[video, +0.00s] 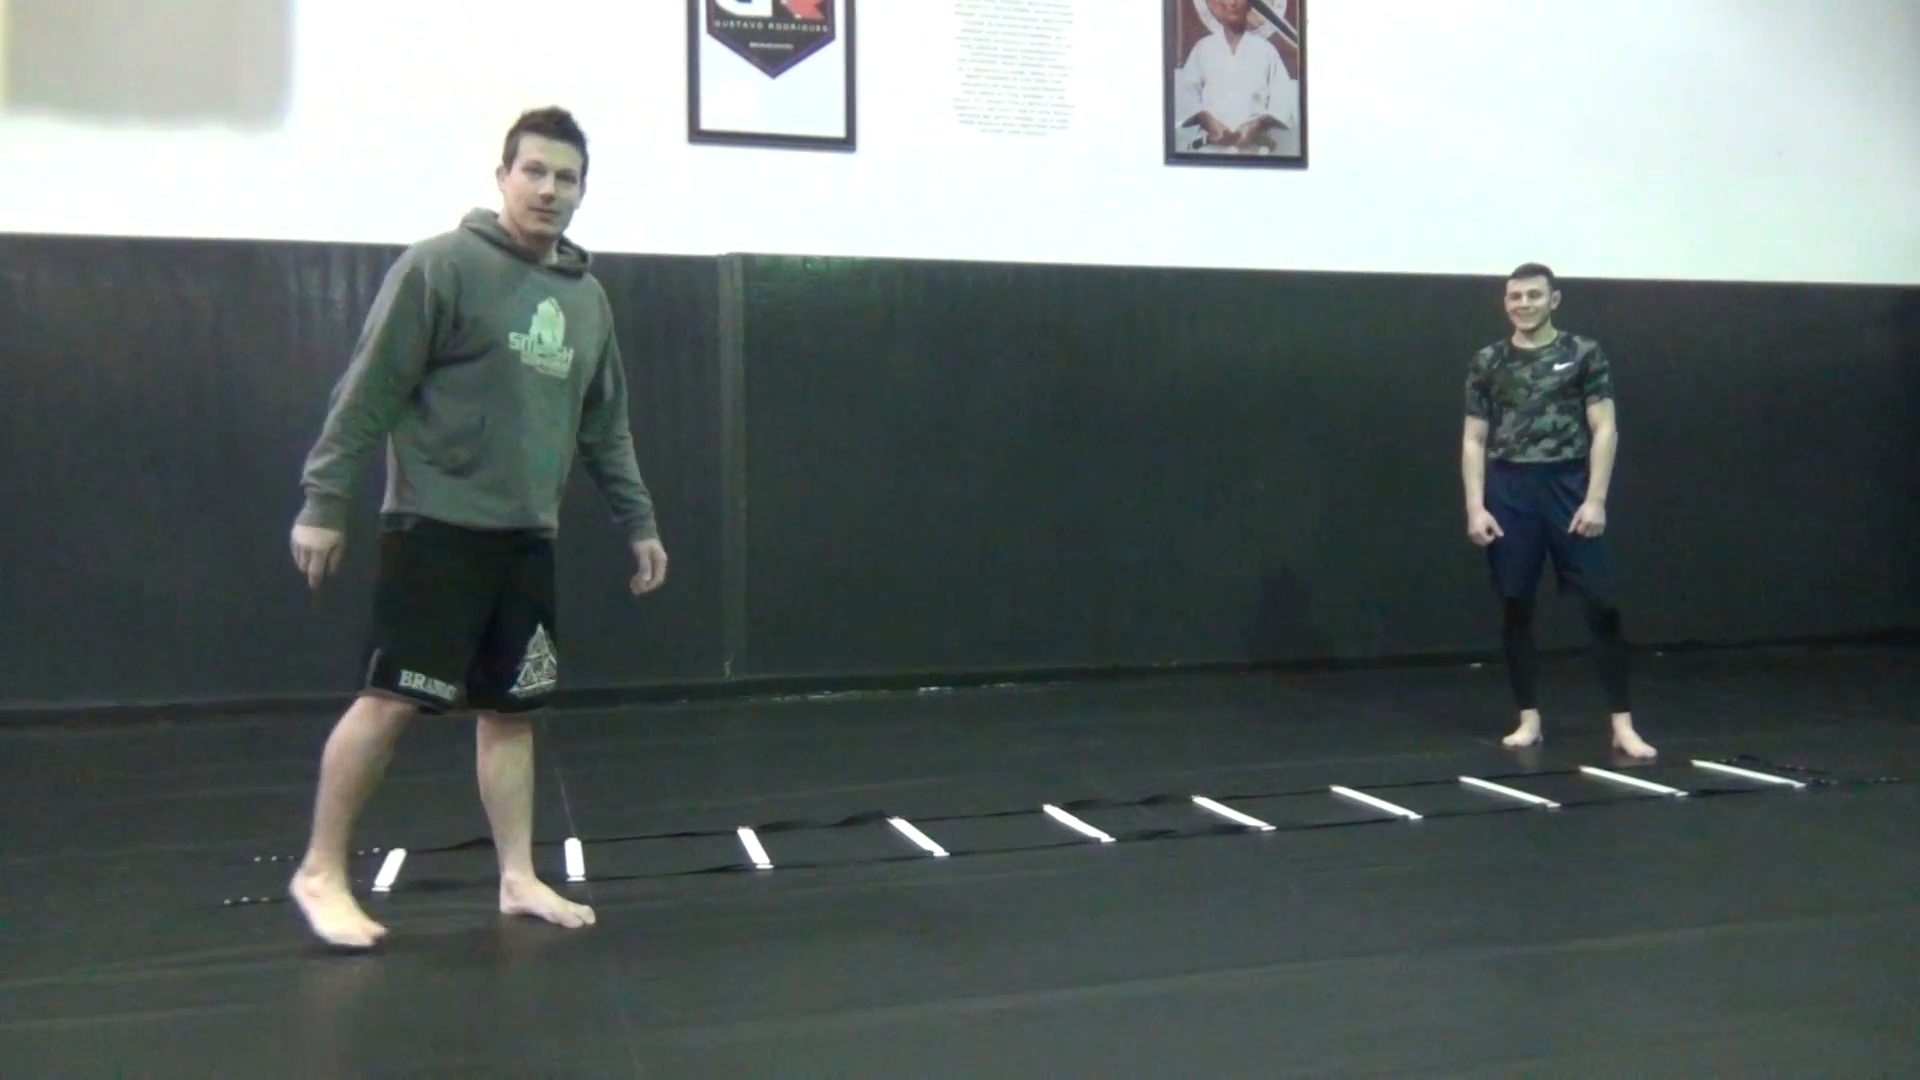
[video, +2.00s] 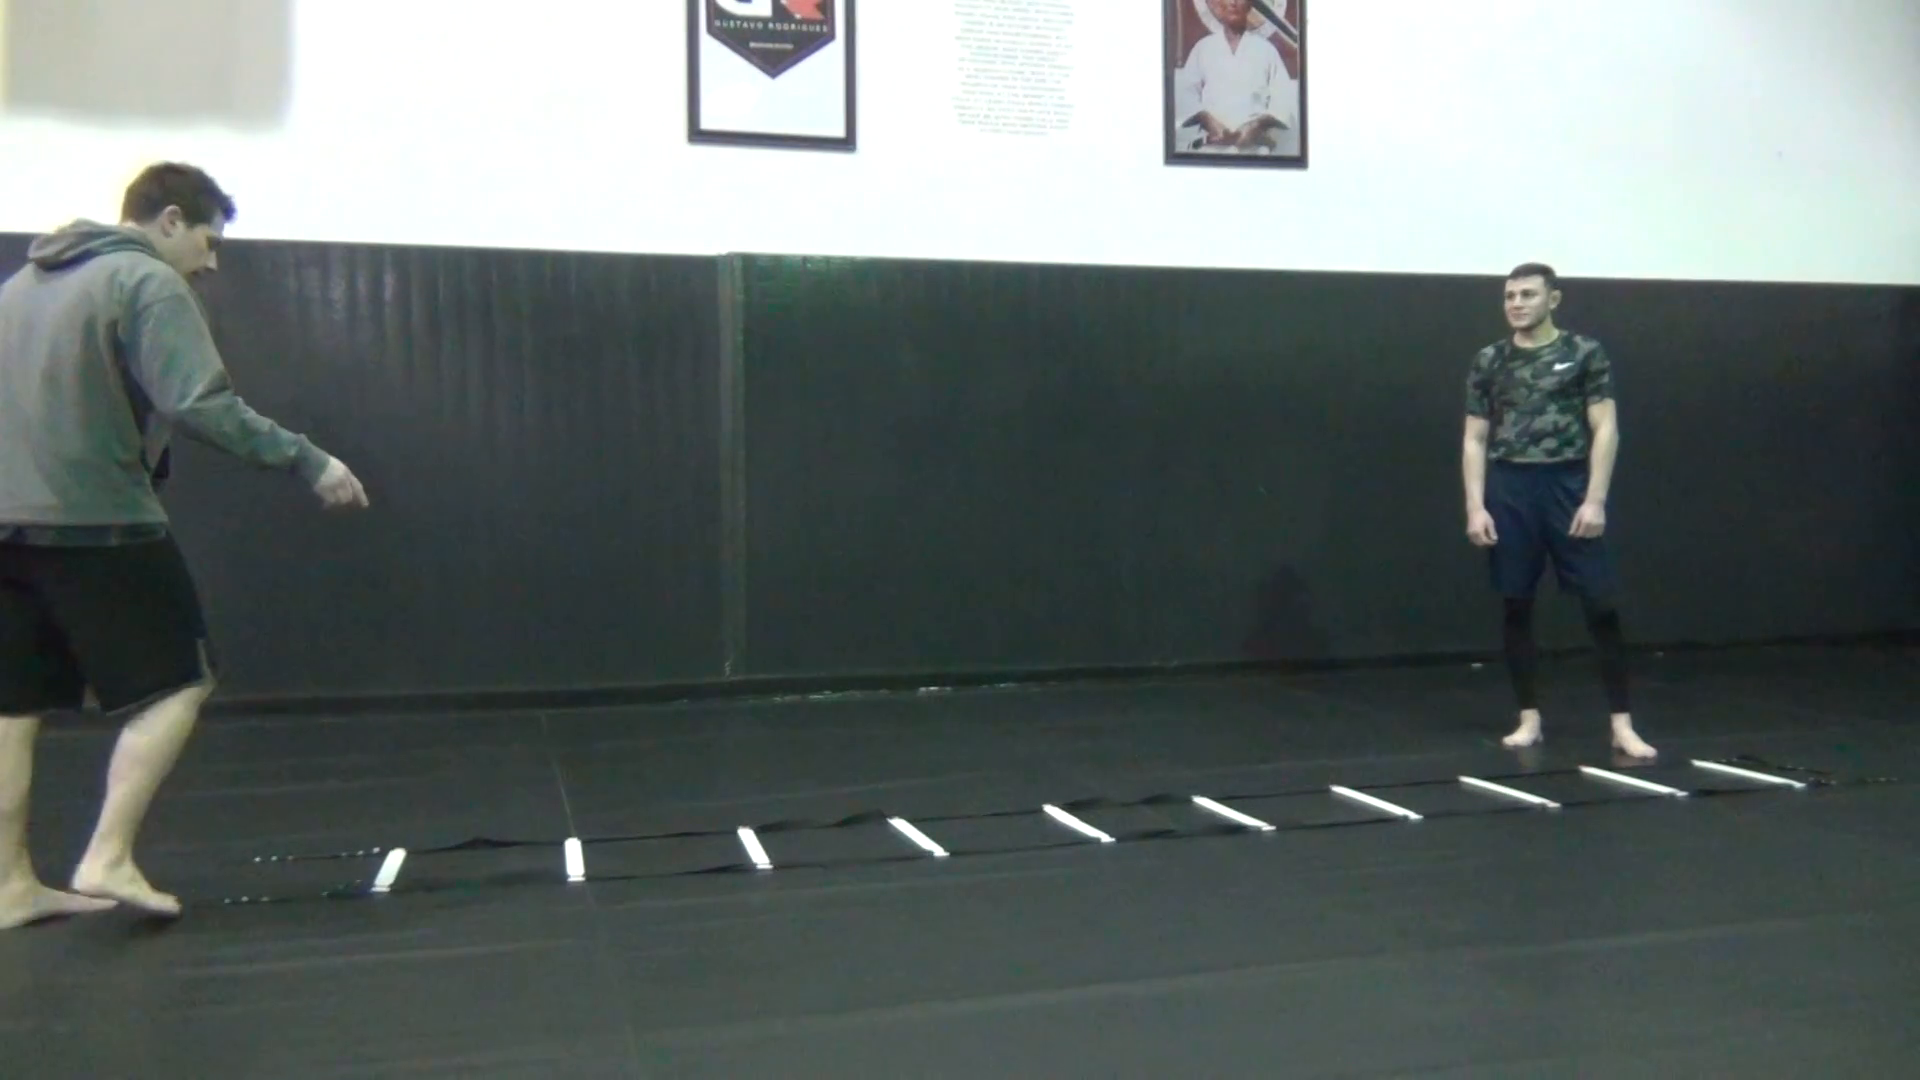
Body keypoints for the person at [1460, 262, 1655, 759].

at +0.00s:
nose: (1523, 304)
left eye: (1533, 296)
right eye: (1515, 297)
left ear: (1554, 300)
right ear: (1505, 303)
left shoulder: (1584, 353)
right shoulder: (1487, 362)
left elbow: (1604, 428)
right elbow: (1474, 440)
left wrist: (1596, 498)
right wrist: (1475, 507)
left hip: (1570, 490)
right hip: (1509, 492)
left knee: (1602, 602)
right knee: (1515, 606)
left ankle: (1621, 723)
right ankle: (1528, 718)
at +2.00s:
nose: (1516, 304)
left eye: (1528, 295)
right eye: (1510, 297)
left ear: (1553, 299)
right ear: (1504, 303)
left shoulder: (1586, 353)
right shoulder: (1489, 361)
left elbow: (1605, 428)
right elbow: (1474, 438)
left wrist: (1595, 499)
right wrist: (1475, 506)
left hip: (1571, 491)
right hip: (1509, 492)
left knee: (1601, 604)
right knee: (1515, 605)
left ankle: (1621, 724)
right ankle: (1528, 718)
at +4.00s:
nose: (1514, 304)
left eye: (1525, 296)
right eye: (1509, 297)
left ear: (1552, 300)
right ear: (1504, 304)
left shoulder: (1586, 353)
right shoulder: (1489, 360)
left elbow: (1605, 429)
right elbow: (1473, 437)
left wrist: (1596, 499)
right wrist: (1472, 502)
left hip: (1570, 490)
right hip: (1508, 491)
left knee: (1602, 604)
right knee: (1515, 605)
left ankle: (1621, 724)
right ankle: (1528, 718)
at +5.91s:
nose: (1509, 305)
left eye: (1520, 296)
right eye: (1505, 297)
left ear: (1549, 301)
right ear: (1501, 304)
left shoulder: (1586, 353)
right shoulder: (1488, 359)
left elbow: (1603, 429)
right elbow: (1473, 437)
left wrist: (1600, 500)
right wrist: (1472, 505)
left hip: (1569, 490)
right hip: (1508, 491)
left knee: (1600, 603)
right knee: (1514, 605)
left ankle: (1620, 723)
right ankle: (1528, 717)